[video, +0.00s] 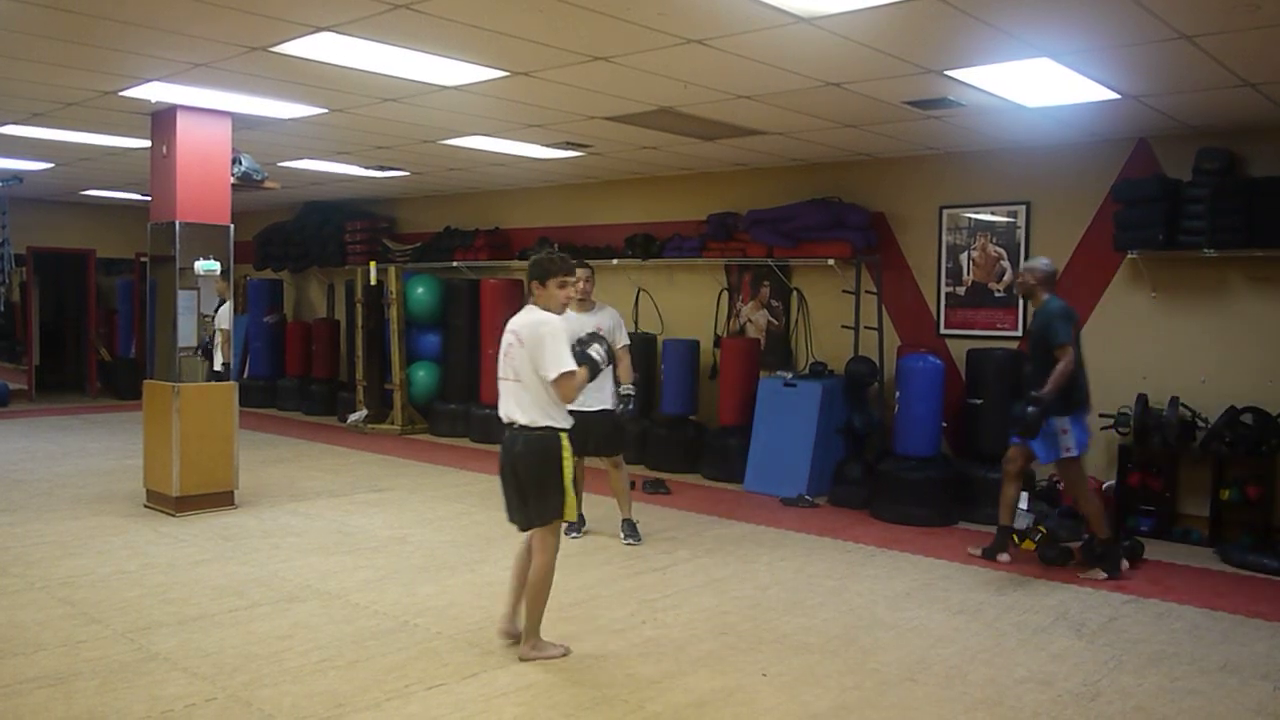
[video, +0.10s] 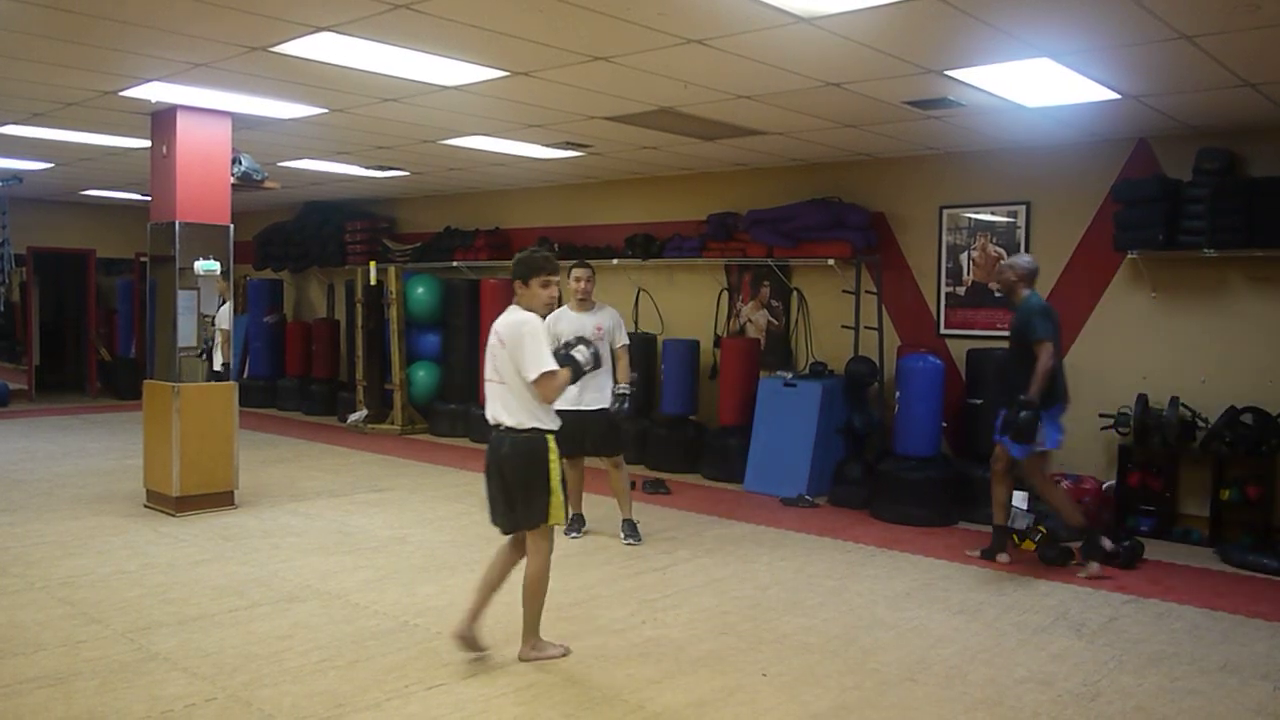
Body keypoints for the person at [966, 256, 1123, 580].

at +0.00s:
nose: (1017, 280)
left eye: (1022, 275)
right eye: (1019, 275)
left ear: (1037, 280)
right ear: (1037, 281)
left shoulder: (1056, 312)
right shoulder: (1041, 313)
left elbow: (1067, 359)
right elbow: (1044, 362)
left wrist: (1039, 402)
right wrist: (1030, 396)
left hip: (1063, 411)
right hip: (1039, 410)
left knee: (1076, 483)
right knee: (1012, 465)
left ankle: (1109, 553)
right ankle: (1001, 543)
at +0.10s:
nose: (997, 273)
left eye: (1003, 268)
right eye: (999, 268)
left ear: (1019, 276)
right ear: (1018, 276)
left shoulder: (1035, 309)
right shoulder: (1021, 308)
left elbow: (1045, 357)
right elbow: (1025, 362)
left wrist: (1029, 406)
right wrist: (1011, 401)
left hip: (1039, 409)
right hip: (1018, 406)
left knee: (1035, 476)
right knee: (1000, 466)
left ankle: (1090, 543)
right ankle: (999, 543)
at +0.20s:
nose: (976, 275)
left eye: (981, 270)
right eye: (978, 268)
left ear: (998, 274)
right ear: (1003, 275)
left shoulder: (1016, 306)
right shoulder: (1007, 306)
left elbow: (1027, 354)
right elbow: (1013, 357)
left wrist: (1018, 404)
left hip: (1012, 403)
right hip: (1001, 400)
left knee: (994, 468)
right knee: (994, 469)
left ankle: (1049, 521)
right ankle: (998, 545)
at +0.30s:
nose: (966, 277)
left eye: (969, 272)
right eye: (967, 271)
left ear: (979, 275)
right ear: (993, 275)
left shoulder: (997, 303)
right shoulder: (1000, 303)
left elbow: (1010, 349)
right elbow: (1003, 352)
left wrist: (1004, 399)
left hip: (986, 399)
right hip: (999, 399)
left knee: (957, 461)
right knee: (994, 466)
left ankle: (1001, 518)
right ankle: (998, 543)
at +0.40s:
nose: (947, 275)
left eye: (951, 270)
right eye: (949, 270)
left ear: (964, 273)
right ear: (972, 273)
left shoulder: (978, 303)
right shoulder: (983, 301)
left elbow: (992, 351)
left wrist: (982, 398)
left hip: (971, 400)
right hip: (990, 400)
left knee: (936, 457)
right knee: (988, 468)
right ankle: (998, 543)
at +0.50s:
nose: (929, 280)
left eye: (932, 275)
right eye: (931, 274)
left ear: (946, 277)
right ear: (954, 277)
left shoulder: (957, 307)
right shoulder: (968, 305)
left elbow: (969, 354)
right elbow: (970, 354)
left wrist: (957, 397)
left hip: (953, 400)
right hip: (977, 400)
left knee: (922, 456)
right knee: (976, 464)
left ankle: (902, 534)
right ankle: (996, 541)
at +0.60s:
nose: (911, 281)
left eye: (914, 277)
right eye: (913, 276)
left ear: (925, 278)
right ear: (940, 278)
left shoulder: (935, 307)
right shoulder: (954, 305)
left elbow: (944, 356)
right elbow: (958, 356)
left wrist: (926, 398)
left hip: (936, 401)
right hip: (959, 401)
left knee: (902, 457)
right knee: (948, 464)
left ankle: (896, 535)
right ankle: (987, 529)